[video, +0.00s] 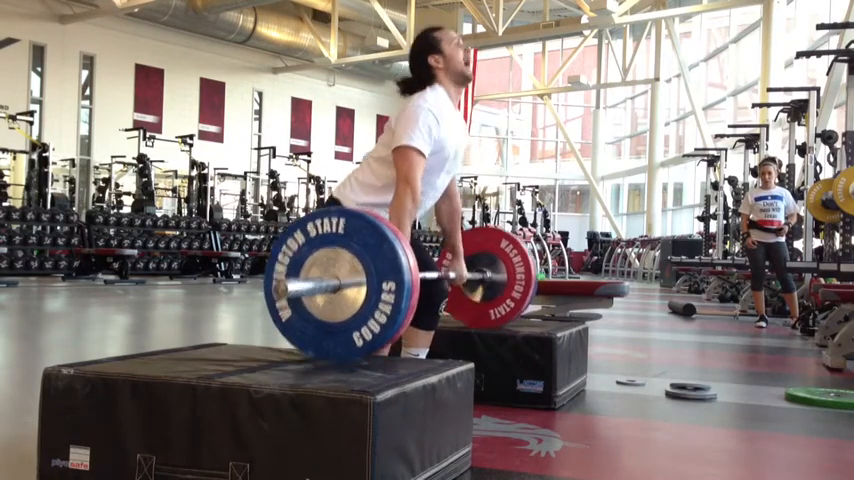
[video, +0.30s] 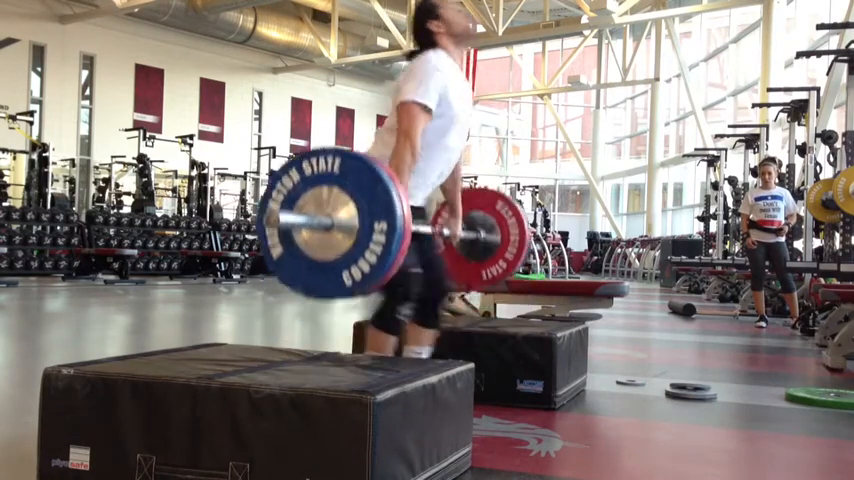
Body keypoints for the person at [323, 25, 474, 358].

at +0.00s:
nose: (468, 51)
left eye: (464, 45)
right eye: (458, 46)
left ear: (443, 63)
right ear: (436, 62)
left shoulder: (454, 120)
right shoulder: (424, 106)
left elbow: (447, 194)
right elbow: (407, 190)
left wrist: (456, 255)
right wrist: (396, 259)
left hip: (389, 219)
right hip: (353, 214)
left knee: (433, 285)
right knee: (391, 295)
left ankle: (409, 383)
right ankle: (371, 386)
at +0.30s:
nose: (466, 13)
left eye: (461, 7)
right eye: (455, 8)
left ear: (443, 27)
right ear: (436, 26)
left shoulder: (457, 79)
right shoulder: (429, 64)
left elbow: (450, 154)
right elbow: (406, 139)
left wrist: (454, 212)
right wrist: (392, 209)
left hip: (413, 205)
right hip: (385, 202)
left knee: (434, 285)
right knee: (402, 285)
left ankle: (412, 383)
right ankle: (374, 385)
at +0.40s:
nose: (410, 2)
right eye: (398, 1)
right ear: (378, 18)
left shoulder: (419, 62)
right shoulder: (391, 52)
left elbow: (433, 140)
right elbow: (389, 127)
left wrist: (455, 196)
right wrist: (404, 196)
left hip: (442, 201)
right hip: (412, 199)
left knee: (454, 291)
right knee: (409, 295)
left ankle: (417, 374)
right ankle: (376, 380)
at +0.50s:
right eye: (337, 1)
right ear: (334, 20)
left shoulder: (389, 52)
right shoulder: (354, 44)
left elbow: (420, 115)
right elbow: (368, 105)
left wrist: (457, 158)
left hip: (426, 183)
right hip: (390, 182)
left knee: (426, 278)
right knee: (387, 280)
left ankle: (415, 373)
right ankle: (371, 377)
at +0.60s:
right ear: (327, 14)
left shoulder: (383, 43)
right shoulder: (343, 38)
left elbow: (420, 97)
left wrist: (462, 132)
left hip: (419, 181)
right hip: (378, 185)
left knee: (441, 268)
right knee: (387, 277)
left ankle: (423, 372)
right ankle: (369, 378)